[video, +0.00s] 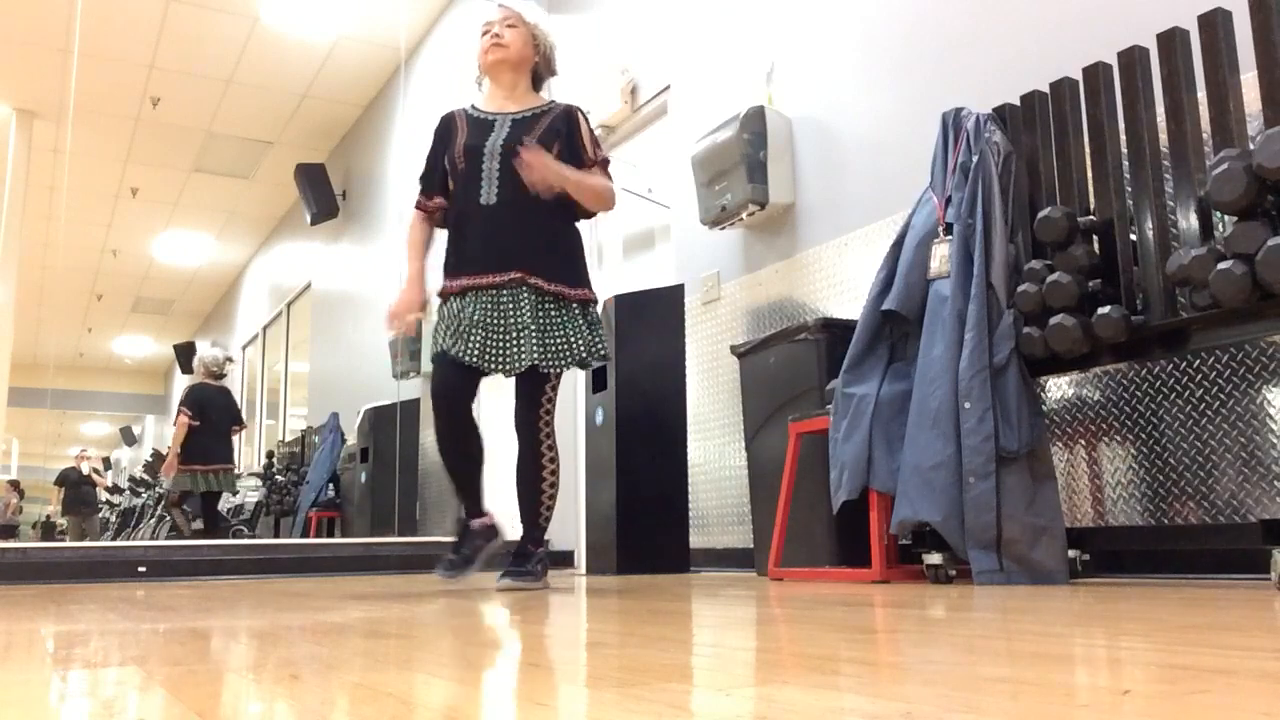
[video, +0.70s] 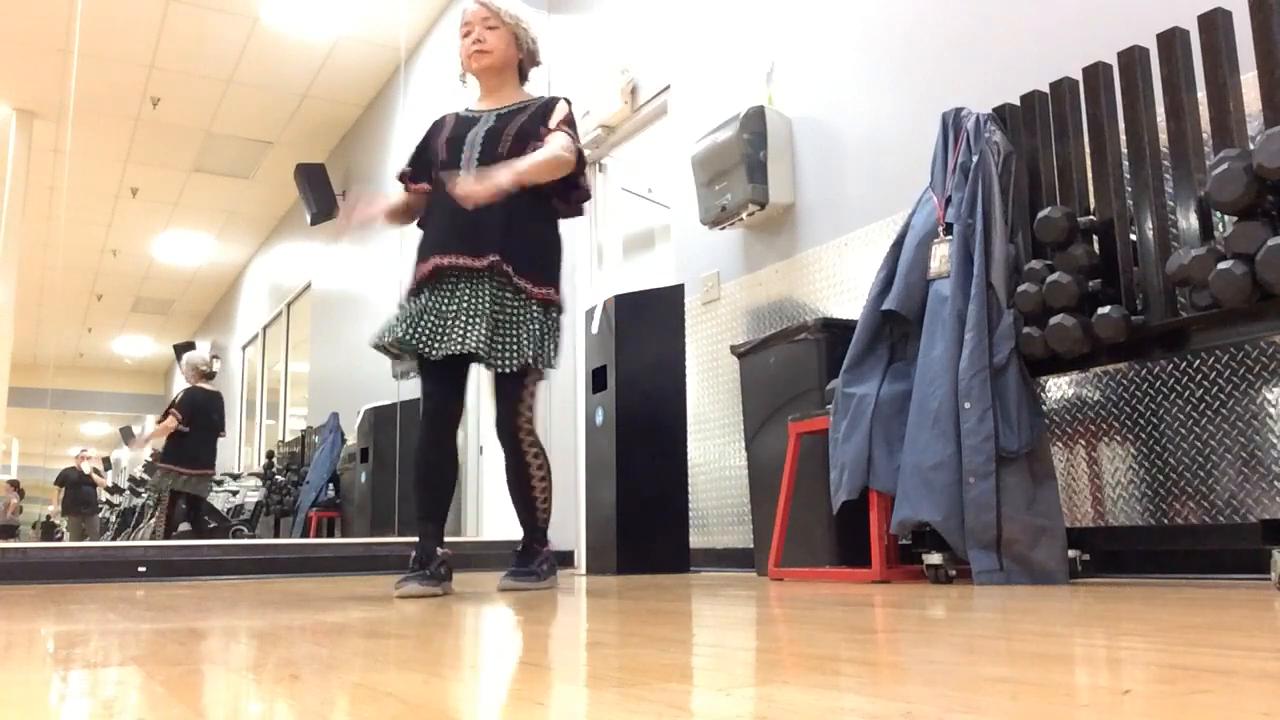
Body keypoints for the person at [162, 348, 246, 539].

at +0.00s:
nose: (196, 369)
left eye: (198, 366)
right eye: (198, 366)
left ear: (202, 369)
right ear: (221, 370)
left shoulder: (194, 391)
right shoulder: (225, 392)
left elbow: (183, 422)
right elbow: (238, 425)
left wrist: (172, 455)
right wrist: (218, 435)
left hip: (193, 465)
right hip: (220, 464)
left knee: (172, 504)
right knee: (210, 511)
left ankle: (187, 538)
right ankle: (212, 553)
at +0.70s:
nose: (183, 374)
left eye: (184, 370)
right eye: (182, 370)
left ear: (193, 371)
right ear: (204, 370)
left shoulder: (188, 394)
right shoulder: (217, 396)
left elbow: (169, 426)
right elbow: (220, 432)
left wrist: (147, 437)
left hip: (176, 466)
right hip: (203, 468)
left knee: (167, 515)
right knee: (196, 515)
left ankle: (160, 556)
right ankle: (204, 557)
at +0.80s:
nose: (184, 373)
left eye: (186, 369)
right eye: (184, 369)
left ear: (194, 371)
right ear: (206, 370)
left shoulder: (192, 394)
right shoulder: (217, 395)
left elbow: (173, 422)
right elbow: (218, 431)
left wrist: (158, 421)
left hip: (184, 467)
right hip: (210, 467)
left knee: (169, 508)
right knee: (201, 513)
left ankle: (162, 550)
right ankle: (204, 554)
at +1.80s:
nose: (182, 369)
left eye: (184, 365)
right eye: (182, 365)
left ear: (193, 367)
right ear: (205, 368)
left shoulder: (193, 390)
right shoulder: (211, 392)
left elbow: (185, 419)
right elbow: (214, 430)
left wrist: (164, 435)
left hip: (185, 463)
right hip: (202, 463)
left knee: (177, 509)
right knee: (177, 507)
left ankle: (192, 552)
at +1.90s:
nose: (178, 364)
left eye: (181, 361)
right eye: (180, 360)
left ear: (189, 365)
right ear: (200, 367)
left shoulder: (189, 388)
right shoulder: (207, 392)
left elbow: (185, 419)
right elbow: (218, 430)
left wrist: (161, 439)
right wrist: (224, 462)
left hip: (180, 463)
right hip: (197, 464)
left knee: (180, 512)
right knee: (166, 511)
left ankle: (193, 556)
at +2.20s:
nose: (174, 367)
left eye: (176, 364)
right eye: (175, 363)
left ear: (183, 368)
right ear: (197, 370)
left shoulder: (181, 392)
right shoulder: (201, 395)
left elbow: (173, 424)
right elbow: (207, 433)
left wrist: (150, 439)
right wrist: (200, 461)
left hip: (167, 467)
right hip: (188, 469)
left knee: (162, 516)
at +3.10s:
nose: (193, 369)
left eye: (195, 364)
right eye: (194, 364)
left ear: (202, 368)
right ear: (217, 368)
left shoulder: (201, 392)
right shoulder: (225, 391)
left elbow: (189, 427)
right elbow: (235, 427)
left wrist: (170, 440)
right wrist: (234, 456)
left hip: (199, 466)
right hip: (222, 465)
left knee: (189, 510)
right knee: (216, 511)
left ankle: (197, 554)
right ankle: (228, 553)